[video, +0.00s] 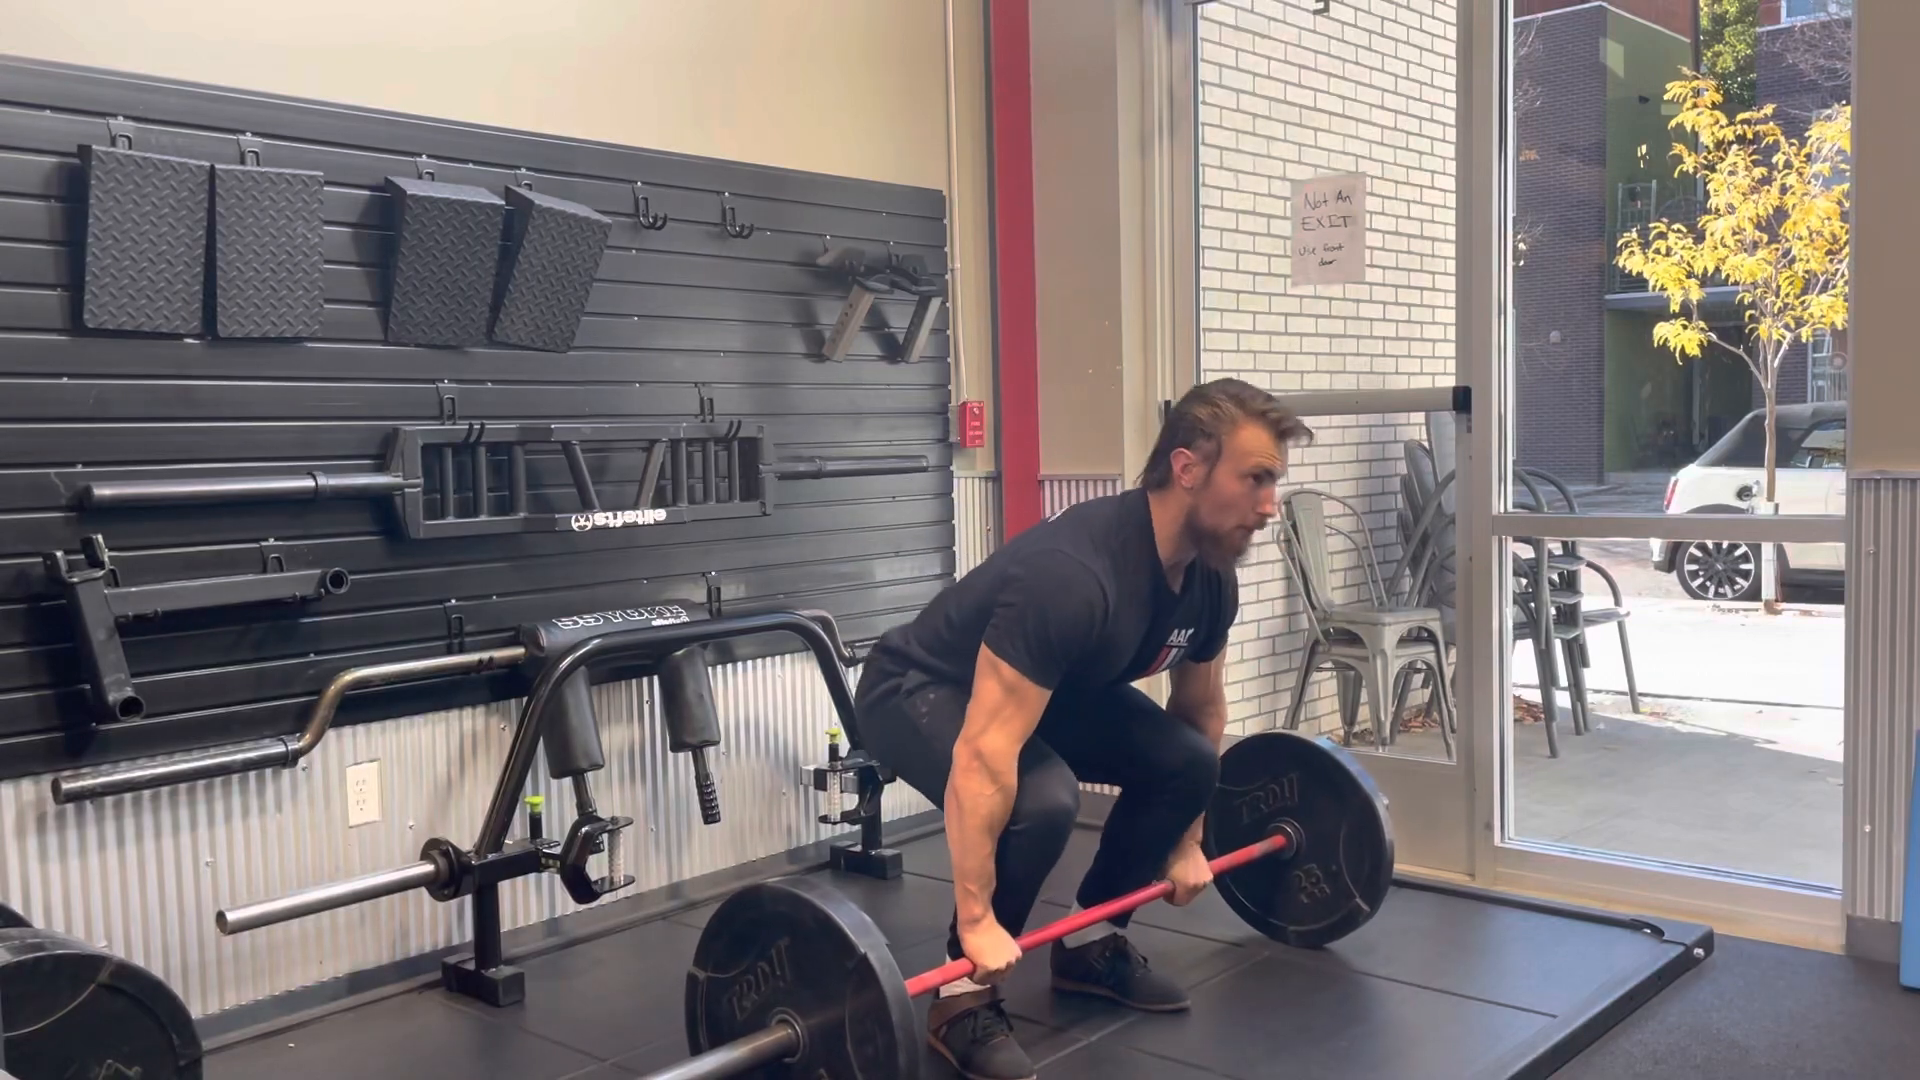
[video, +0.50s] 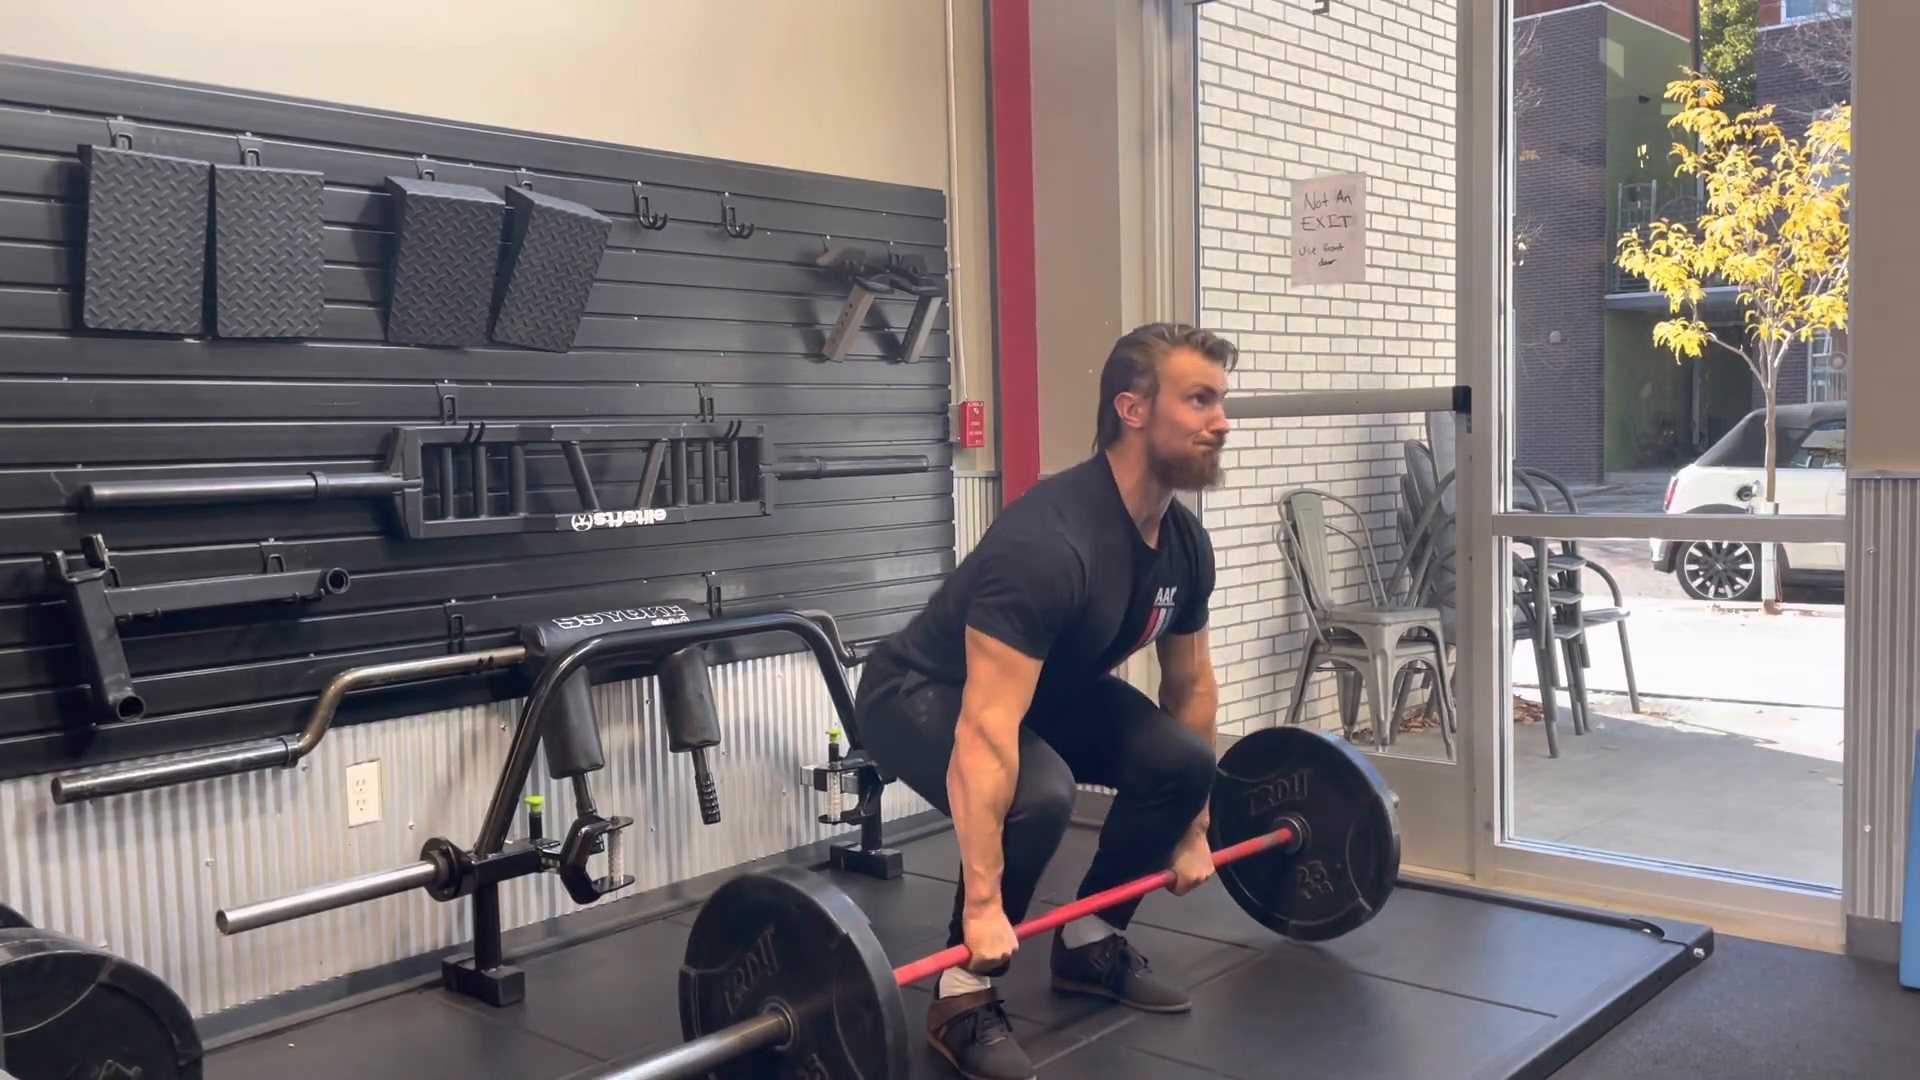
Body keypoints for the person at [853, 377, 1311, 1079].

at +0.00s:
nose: (1272, 506)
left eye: (1276, 483)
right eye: (1258, 479)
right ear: (1187, 468)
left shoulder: (1207, 580)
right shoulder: (1070, 577)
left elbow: (1200, 711)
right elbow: (982, 757)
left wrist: (1187, 840)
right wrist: (976, 917)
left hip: (1030, 687)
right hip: (913, 688)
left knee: (1184, 761)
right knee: (1043, 798)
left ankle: (1088, 944)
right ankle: (962, 1000)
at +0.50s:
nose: (1222, 423)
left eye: (1223, 404)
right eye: (1200, 400)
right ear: (1134, 409)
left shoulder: (1184, 544)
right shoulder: (1048, 541)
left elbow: (1189, 688)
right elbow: (984, 732)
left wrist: (1191, 830)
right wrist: (982, 904)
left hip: (1036, 688)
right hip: (916, 686)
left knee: (1179, 760)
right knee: (1040, 791)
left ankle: (1090, 947)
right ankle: (962, 1001)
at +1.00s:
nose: (1180, 148)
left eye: (1183, 131)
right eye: (1158, 127)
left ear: (1175, 152)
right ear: (1090, 141)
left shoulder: (1169, 305)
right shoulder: (1018, 287)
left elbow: (1165, 458)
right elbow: (961, 472)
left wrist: (1170, 596)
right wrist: (954, 635)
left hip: (1043, 537)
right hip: (943, 536)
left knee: (1118, 725)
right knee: (971, 741)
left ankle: (1086, 941)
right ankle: (957, 992)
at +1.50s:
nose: (1113, 76)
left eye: (1117, 58)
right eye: (1092, 53)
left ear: (1111, 74)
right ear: (1022, 63)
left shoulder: (1127, 223)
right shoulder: (969, 210)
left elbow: (1145, 379)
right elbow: (940, 399)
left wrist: (1168, 516)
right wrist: (952, 553)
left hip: (1094, 529)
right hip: (991, 534)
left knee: (1103, 733)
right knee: (982, 750)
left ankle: (1084, 939)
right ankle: (956, 987)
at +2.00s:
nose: (1110, 77)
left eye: (1115, 60)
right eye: (1089, 54)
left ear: (1108, 78)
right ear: (1020, 66)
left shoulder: (1124, 225)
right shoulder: (968, 210)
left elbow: (1143, 376)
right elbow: (940, 395)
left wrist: (1168, 516)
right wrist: (952, 548)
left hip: (1092, 529)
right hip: (990, 535)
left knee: (1105, 731)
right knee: (983, 749)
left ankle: (1085, 940)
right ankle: (956, 986)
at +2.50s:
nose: (1108, 76)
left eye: (1111, 59)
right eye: (1087, 54)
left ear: (1101, 79)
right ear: (1019, 69)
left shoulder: (1119, 222)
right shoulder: (962, 207)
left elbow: (1140, 373)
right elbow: (936, 392)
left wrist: (1164, 516)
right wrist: (947, 547)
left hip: (1091, 527)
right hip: (988, 531)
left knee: (1104, 732)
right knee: (982, 749)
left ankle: (1084, 939)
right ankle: (957, 986)